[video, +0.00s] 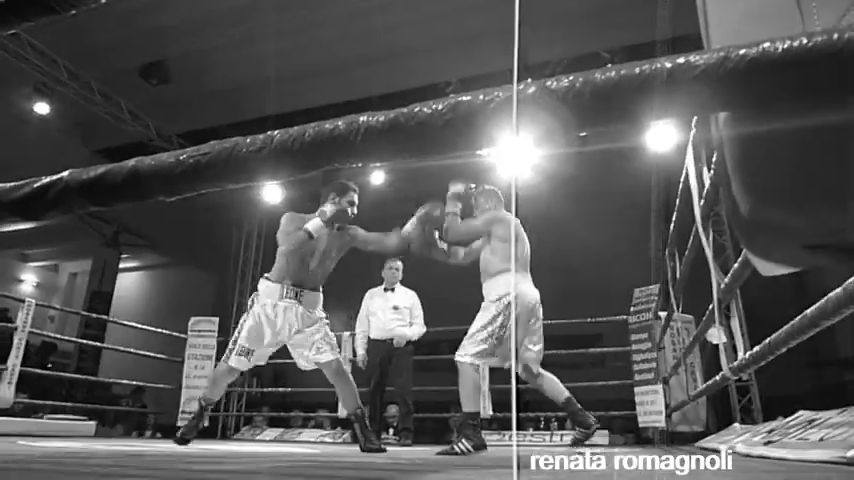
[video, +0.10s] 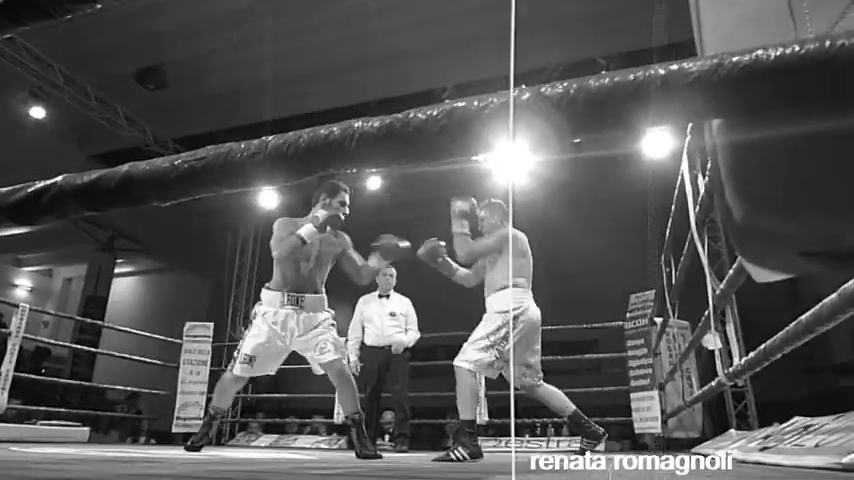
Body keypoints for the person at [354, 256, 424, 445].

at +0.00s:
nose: (393, 273)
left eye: (397, 270)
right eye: (390, 269)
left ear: (401, 274)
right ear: (383, 272)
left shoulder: (410, 296)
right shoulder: (371, 295)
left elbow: (420, 325)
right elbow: (362, 325)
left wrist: (407, 335)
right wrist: (361, 350)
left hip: (401, 344)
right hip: (376, 344)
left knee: (403, 389)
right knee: (375, 389)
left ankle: (405, 432)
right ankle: (374, 431)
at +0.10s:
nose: (388, 279)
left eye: (391, 276)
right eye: (384, 275)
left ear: (396, 280)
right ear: (377, 278)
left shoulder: (404, 303)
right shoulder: (364, 302)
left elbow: (414, 330)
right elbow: (354, 332)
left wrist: (404, 342)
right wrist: (353, 357)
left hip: (396, 351)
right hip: (371, 351)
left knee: (399, 395)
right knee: (370, 396)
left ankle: (401, 439)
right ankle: (369, 440)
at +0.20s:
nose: (410, 297)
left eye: (412, 294)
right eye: (406, 293)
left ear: (416, 298)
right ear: (396, 296)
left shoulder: (423, 320)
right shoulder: (384, 319)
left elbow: (433, 345)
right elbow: (373, 349)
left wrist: (429, 361)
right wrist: (372, 376)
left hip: (419, 369)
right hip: (393, 369)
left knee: (424, 412)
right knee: (392, 413)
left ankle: (426, 456)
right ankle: (390, 456)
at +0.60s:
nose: (432, 287)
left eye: (434, 285)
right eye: (428, 284)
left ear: (438, 290)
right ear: (419, 288)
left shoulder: (442, 314)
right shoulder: (407, 308)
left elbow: (447, 338)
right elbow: (395, 336)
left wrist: (449, 348)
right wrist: (393, 360)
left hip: (438, 359)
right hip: (412, 357)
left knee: (442, 401)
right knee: (406, 402)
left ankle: (443, 442)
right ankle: (395, 442)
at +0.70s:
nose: (440, 266)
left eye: (443, 263)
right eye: (436, 263)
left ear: (447, 268)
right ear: (429, 267)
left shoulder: (451, 291)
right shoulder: (418, 286)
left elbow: (456, 314)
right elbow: (407, 312)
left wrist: (459, 325)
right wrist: (403, 337)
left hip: (447, 336)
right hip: (424, 335)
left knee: (447, 378)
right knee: (414, 378)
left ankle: (443, 418)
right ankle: (397, 417)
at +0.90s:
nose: (452, 219)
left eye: (453, 215)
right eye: (448, 215)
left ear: (454, 218)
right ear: (440, 217)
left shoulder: (455, 241)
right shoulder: (426, 236)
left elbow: (461, 266)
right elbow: (417, 265)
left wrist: (469, 284)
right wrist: (417, 292)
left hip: (454, 286)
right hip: (434, 285)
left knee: (450, 327)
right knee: (431, 324)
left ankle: (446, 363)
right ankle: (415, 357)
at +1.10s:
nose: (450, 223)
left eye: (453, 221)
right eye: (446, 220)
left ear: (456, 225)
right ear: (438, 223)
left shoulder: (453, 248)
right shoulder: (428, 241)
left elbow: (455, 275)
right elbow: (419, 269)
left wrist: (468, 287)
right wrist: (419, 292)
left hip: (448, 287)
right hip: (434, 284)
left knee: (442, 326)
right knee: (440, 324)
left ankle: (434, 369)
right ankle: (433, 370)